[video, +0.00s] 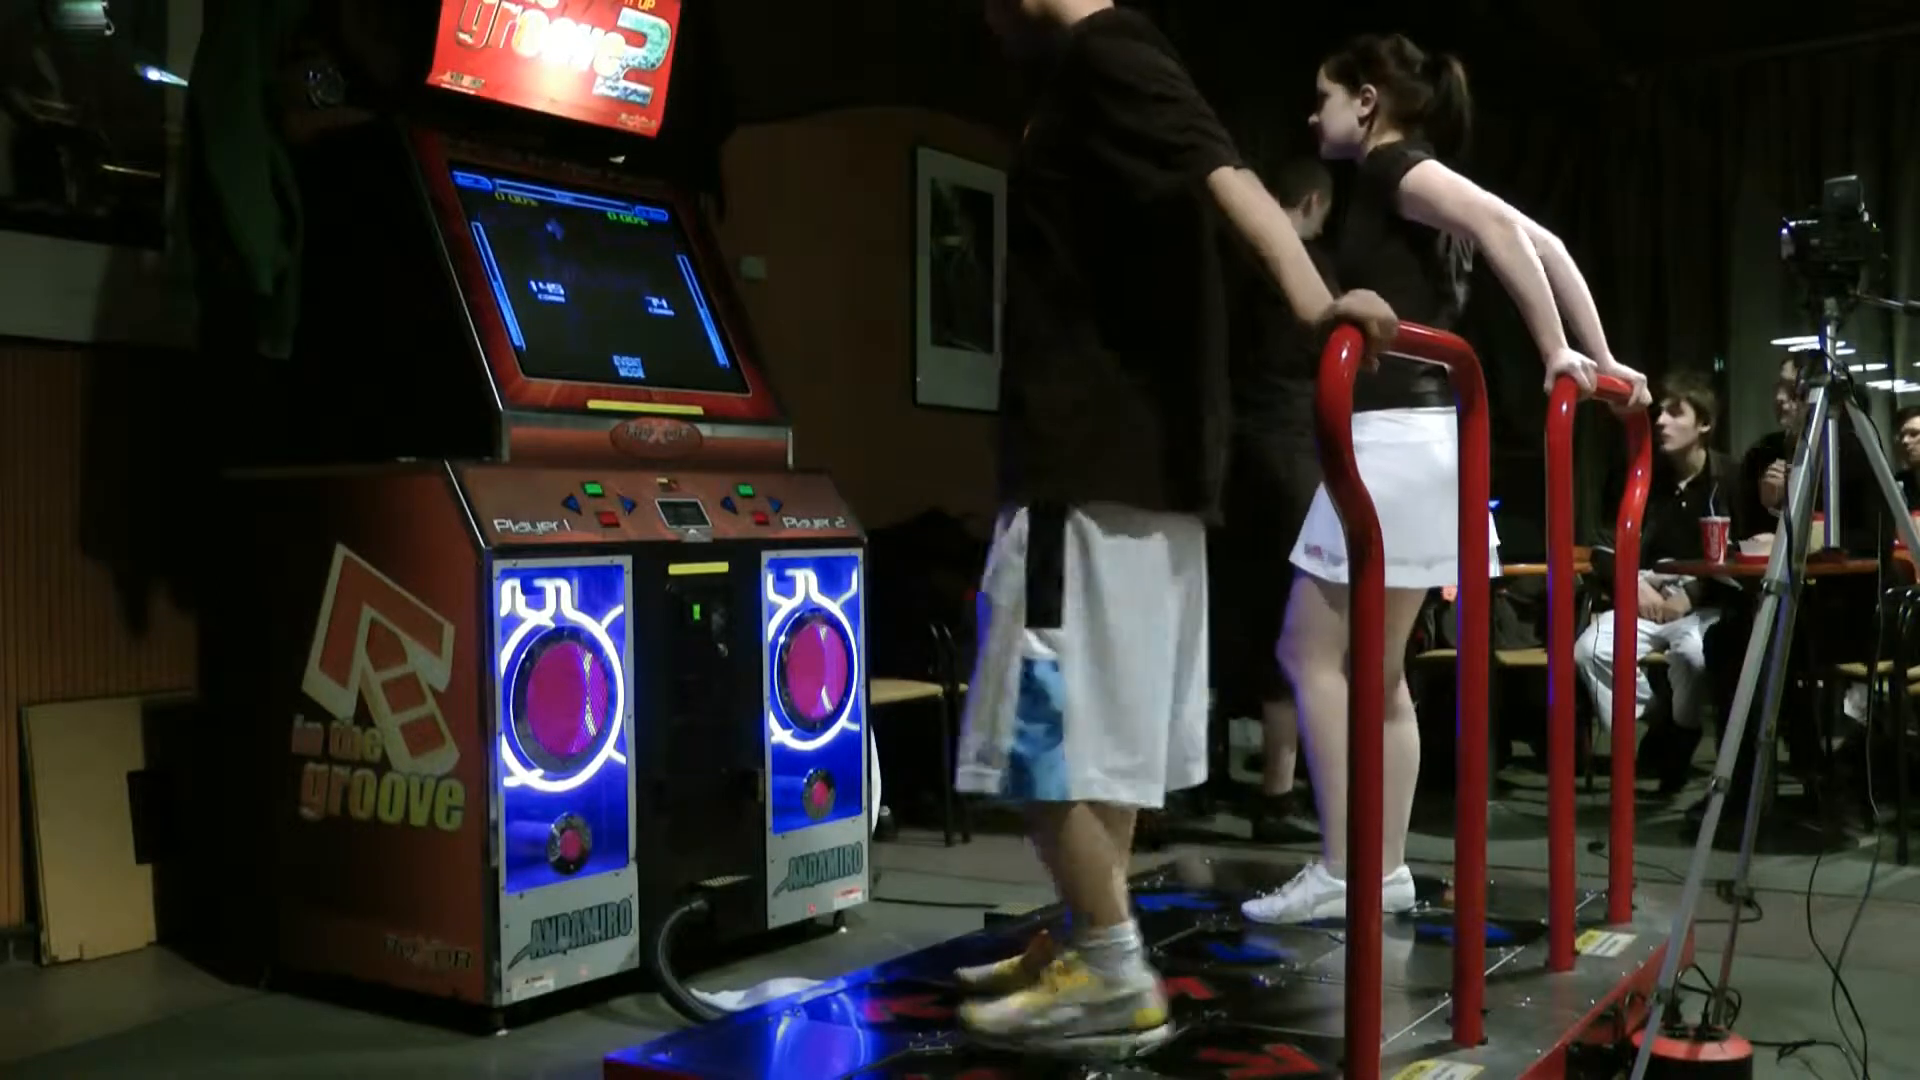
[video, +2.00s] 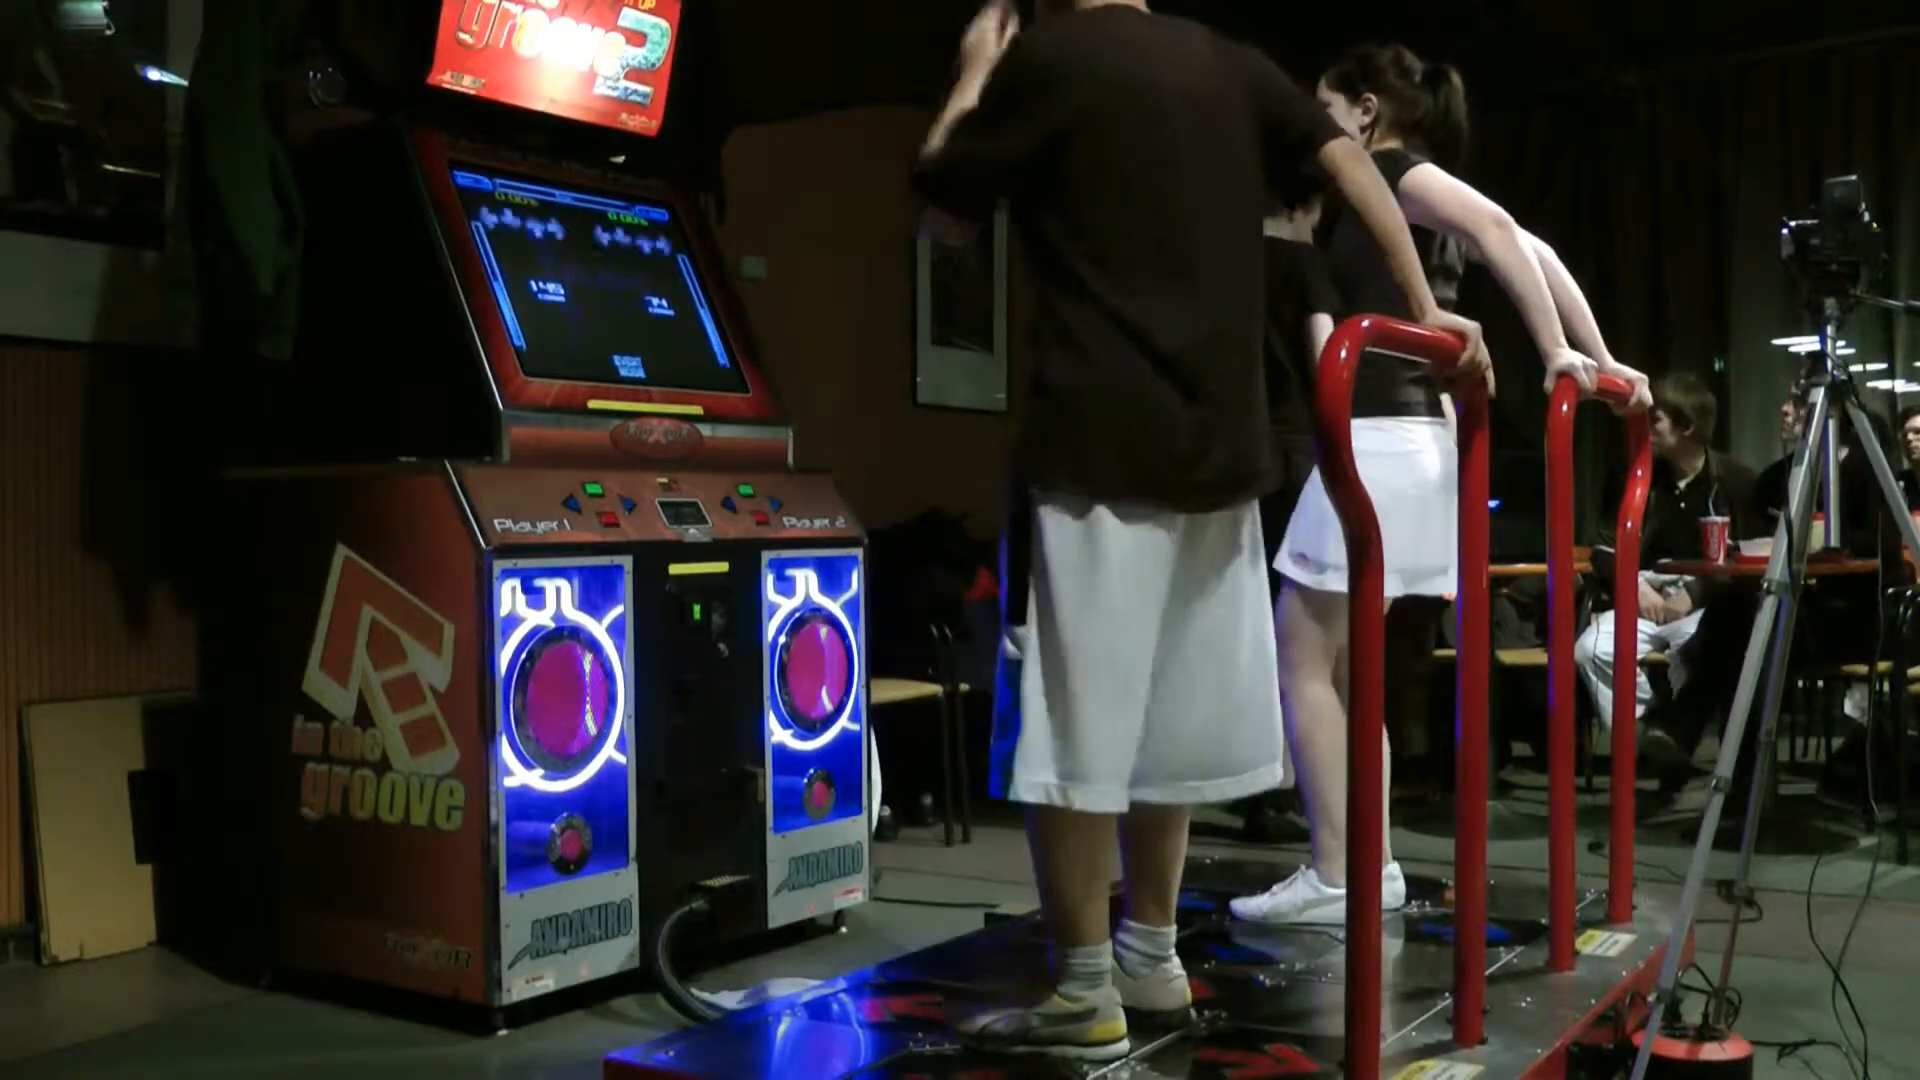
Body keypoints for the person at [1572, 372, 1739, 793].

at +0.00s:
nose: (1662, 422)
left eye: (1675, 413)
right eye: (1659, 412)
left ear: (1703, 426)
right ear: (1651, 419)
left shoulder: (1727, 479)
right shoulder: (1641, 474)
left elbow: (1737, 555)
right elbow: (1607, 546)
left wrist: (1689, 595)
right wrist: (1634, 586)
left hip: (1700, 603)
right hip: (1643, 598)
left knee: (1693, 655)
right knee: (1593, 650)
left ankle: (1683, 735)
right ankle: (1656, 730)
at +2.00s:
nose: (1649, 427)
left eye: (1658, 419)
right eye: (1649, 418)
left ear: (1688, 426)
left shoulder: (1734, 480)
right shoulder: (1642, 475)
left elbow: (1746, 559)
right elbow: (1605, 547)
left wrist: (1692, 595)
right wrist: (1634, 586)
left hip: (1700, 600)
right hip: (1642, 598)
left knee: (1700, 647)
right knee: (1596, 649)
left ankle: (1675, 740)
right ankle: (1652, 748)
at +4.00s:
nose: (1662, 431)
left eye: (1674, 421)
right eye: (1657, 421)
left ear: (1702, 424)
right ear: (1650, 425)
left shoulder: (1734, 481)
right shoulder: (1642, 476)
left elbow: (1747, 565)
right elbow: (1607, 549)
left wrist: (1692, 599)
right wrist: (1635, 586)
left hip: (1706, 606)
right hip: (1648, 602)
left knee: (1689, 652)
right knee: (1593, 648)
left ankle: (1689, 742)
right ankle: (1651, 734)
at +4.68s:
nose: (1663, 433)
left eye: (1674, 423)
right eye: (1658, 423)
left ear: (1703, 425)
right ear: (1650, 427)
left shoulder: (1736, 482)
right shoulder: (1644, 477)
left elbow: (1747, 561)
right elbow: (1607, 550)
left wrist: (1692, 595)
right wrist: (1638, 588)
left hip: (1707, 603)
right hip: (1649, 599)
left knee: (1690, 651)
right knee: (1594, 649)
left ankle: (1696, 754)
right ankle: (1652, 744)